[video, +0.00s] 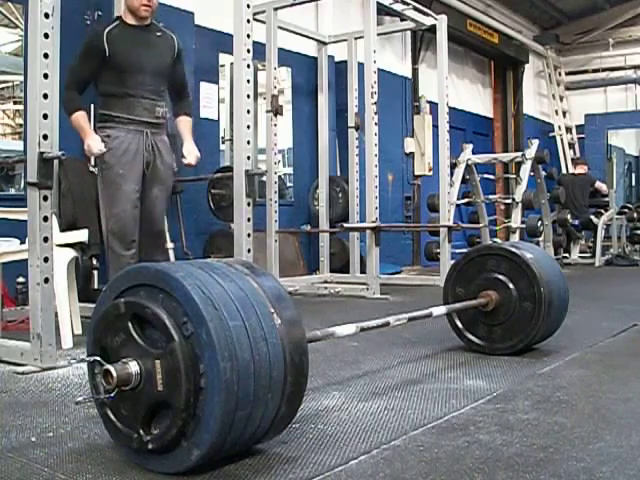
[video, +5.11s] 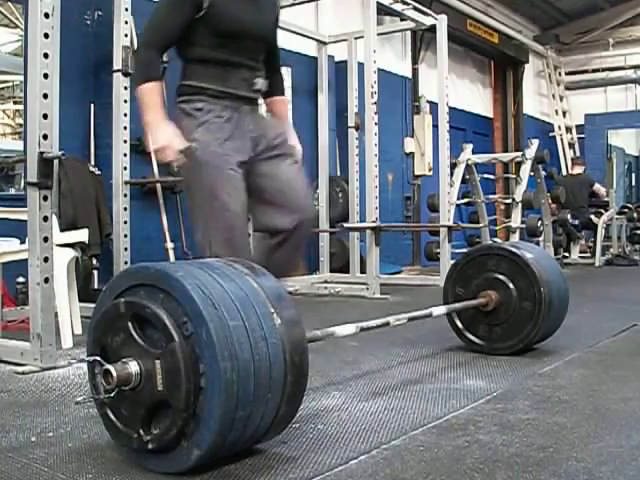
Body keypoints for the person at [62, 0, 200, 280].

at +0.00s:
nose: (148, 2)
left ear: (156, 3)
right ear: (126, 0)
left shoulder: (169, 42)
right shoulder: (104, 36)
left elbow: (180, 96)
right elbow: (71, 90)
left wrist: (187, 139)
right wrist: (87, 134)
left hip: (160, 139)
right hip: (118, 137)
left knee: (156, 228)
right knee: (122, 228)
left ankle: (160, 303)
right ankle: (122, 306)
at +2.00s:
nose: (159, 12)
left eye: (166, 6)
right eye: (153, 4)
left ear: (170, 10)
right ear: (137, 3)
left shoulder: (176, 50)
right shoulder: (114, 40)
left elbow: (183, 106)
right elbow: (80, 92)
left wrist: (192, 149)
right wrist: (80, 141)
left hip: (164, 143)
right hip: (123, 141)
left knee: (158, 232)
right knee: (124, 229)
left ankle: (157, 304)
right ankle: (122, 304)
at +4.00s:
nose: (139, 0)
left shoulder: (161, 27)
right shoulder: (92, 22)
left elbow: (173, 83)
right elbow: (54, 73)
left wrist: (187, 131)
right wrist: (57, 129)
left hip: (152, 134)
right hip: (106, 133)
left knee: (157, 224)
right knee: (108, 227)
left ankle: (148, 310)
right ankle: (107, 317)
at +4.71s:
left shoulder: (211, 23)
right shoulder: (136, 11)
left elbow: (220, 80)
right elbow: (90, 67)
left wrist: (238, 136)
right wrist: (83, 133)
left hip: (186, 128)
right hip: (143, 123)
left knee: (181, 217)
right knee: (166, 207)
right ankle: (144, 294)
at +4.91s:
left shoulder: (238, 17)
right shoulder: (160, 8)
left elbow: (249, 80)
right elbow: (111, 66)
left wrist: (273, 136)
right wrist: (107, 135)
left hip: (218, 127)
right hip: (174, 124)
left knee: (197, 228)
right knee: (209, 220)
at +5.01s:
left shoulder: (253, 10)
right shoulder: (178, 4)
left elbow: (260, 76)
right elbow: (129, 61)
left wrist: (281, 134)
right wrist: (132, 137)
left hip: (237, 125)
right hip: (189, 120)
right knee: (221, 231)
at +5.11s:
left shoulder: (268, 5)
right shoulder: (193, 3)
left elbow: (271, 67)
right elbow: (147, 51)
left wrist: (284, 130)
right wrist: (156, 123)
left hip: (255, 117)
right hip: (205, 115)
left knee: (296, 214)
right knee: (227, 239)